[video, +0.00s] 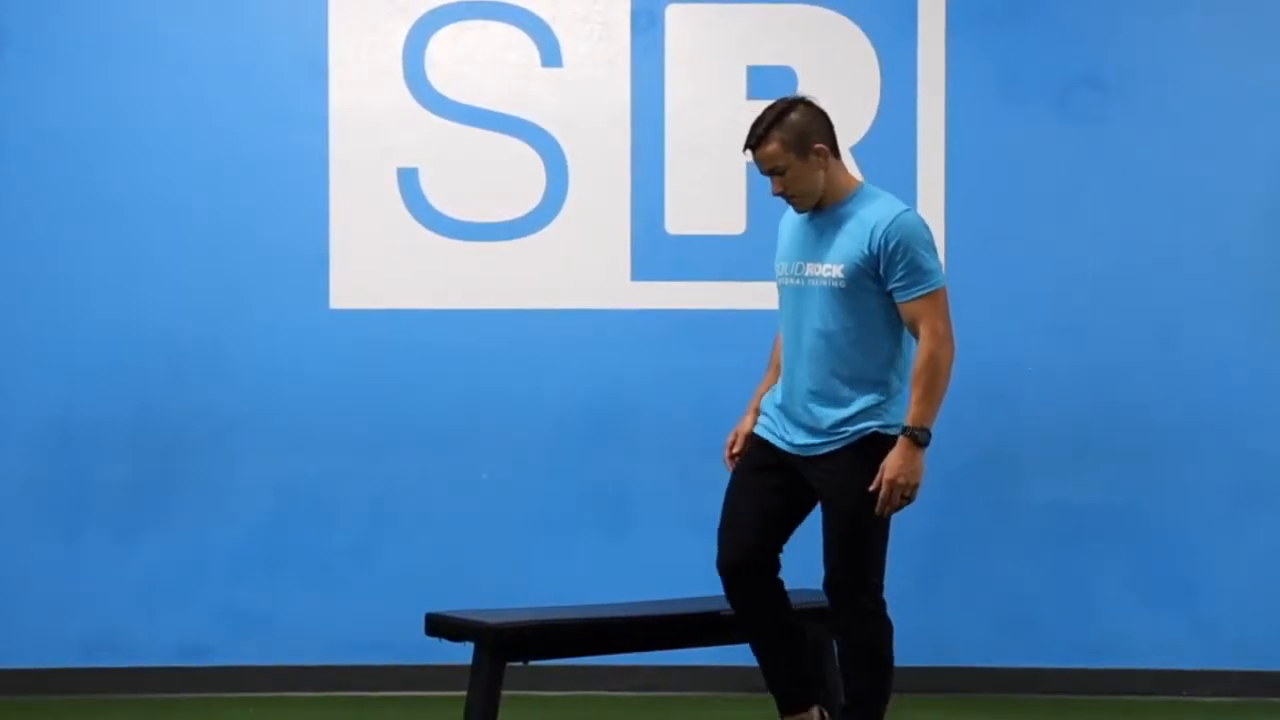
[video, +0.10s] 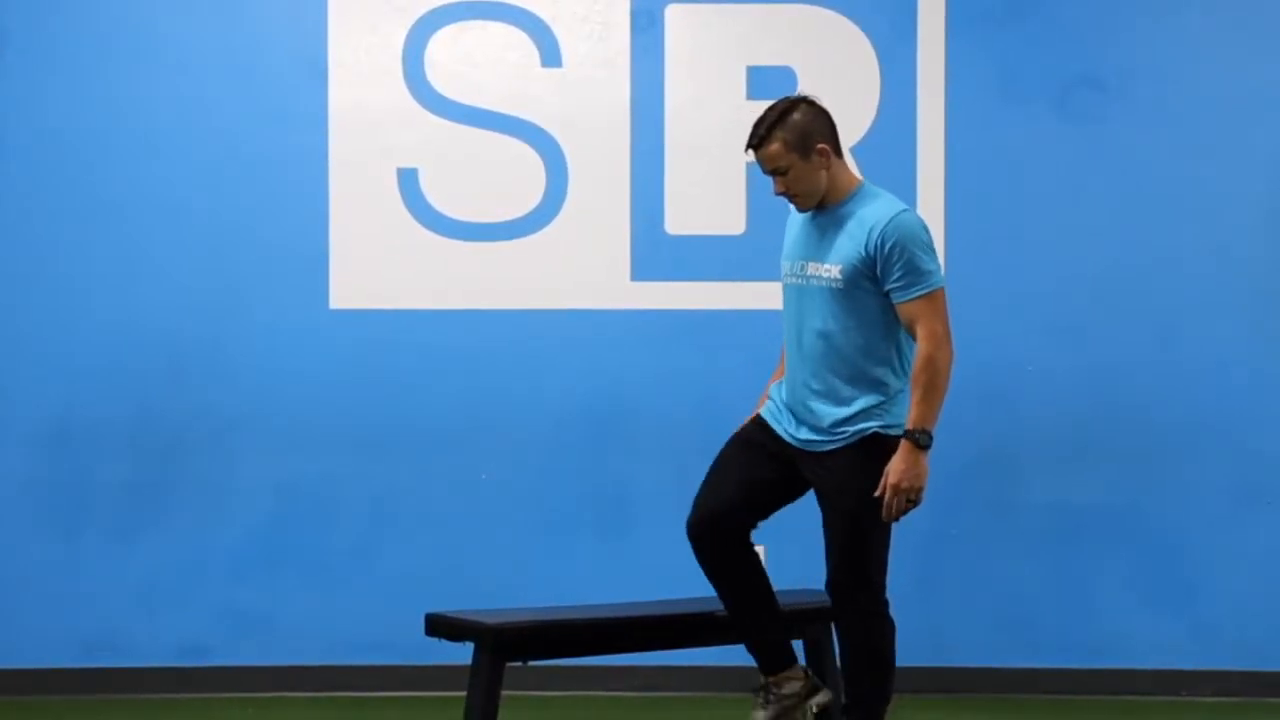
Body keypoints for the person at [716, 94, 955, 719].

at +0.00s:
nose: (774, 187)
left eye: (779, 172)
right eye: (767, 175)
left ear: (821, 155)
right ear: (809, 160)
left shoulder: (893, 225)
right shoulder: (794, 223)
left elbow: (936, 337)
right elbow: (795, 332)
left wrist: (913, 440)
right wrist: (756, 411)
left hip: (859, 439)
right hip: (783, 433)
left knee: (853, 598)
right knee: (741, 563)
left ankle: (862, 714)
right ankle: (803, 708)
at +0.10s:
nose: (776, 188)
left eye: (780, 172)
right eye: (769, 176)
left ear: (823, 154)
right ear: (817, 158)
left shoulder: (894, 227)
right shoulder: (805, 219)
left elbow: (935, 340)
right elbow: (808, 333)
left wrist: (916, 444)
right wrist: (769, 407)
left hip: (863, 437)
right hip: (790, 423)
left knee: (856, 600)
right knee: (712, 525)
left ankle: (861, 712)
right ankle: (784, 678)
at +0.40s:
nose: (770, 201)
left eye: (774, 186)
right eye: (763, 189)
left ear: (815, 166)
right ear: (807, 169)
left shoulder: (886, 233)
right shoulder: (812, 220)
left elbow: (924, 347)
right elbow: (819, 333)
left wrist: (892, 448)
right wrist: (786, 411)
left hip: (847, 435)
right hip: (793, 394)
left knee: (846, 596)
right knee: (672, 388)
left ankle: (853, 714)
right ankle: (732, 538)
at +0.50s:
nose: (769, 201)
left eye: (774, 186)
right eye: (762, 189)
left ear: (815, 165)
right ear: (808, 167)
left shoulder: (887, 233)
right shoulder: (813, 217)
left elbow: (925, 346)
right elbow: (819, 330)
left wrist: (886, 444)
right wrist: (784, 411)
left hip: (843, 431)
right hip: (789, 387)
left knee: (846, 596)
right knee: (664, 398)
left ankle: (854, 711)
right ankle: (694, 542)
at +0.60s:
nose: (764, 200)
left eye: (769, 186)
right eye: (758, 188)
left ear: (811, 166)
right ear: (802, 168)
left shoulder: (881, 234)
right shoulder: (806, 217)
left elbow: (923, 346)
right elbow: (815, 333)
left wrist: (884, 446)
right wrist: (774, 413)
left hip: (841, 430)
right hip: (784, 388)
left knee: (846, 593)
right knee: (659, 410)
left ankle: (854, 711)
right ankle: (680, 554)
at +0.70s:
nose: (755, 201)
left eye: (760, 187)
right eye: (748, 189)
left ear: (801, 168)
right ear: (789, 171)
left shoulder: (869, 238)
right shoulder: (792, 220)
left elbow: (914, 348)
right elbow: (809, 336)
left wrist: (885, 453)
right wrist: (768, 416)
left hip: (838, 432)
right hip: (779, 391)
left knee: (846, 594)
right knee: (656, 415)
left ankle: (854, 712)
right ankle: (684, 562)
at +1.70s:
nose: (582, 92)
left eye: (586, 76)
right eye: (575, 81)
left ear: (627, 59)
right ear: (605, 68)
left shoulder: (689, 103)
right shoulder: (612, 132)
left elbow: (734, 189)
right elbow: (583, 196)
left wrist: (684, 267)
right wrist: (516, 244)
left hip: (748, 283)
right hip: (682, 293)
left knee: (693, 415)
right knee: (636, 414)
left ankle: (790, 547)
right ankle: (688, 569)